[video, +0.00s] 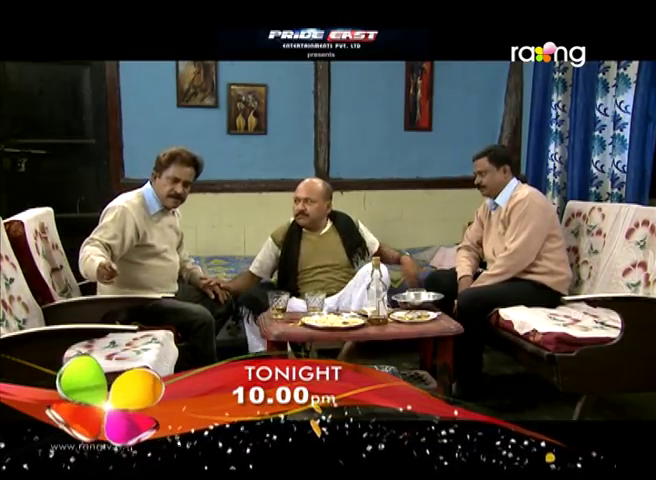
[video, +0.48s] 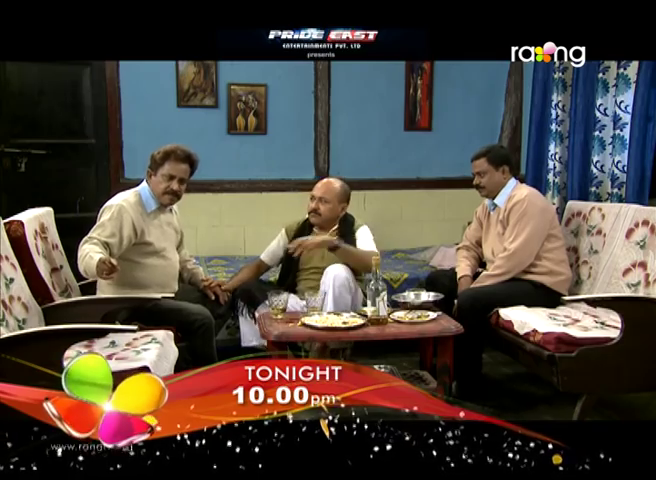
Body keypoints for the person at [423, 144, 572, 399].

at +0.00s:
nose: (477, 181)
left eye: (482, 174)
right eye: (475, 176)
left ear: (505, 171)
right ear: (500, 173)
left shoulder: (530, 201)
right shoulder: (489, 206)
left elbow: (515, 259)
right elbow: (469, 246)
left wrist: (472, 291)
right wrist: (464, 279)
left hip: (541, 285)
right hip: (505, 277)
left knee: (468, 303)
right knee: (437, 281)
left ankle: (467, 385)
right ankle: (437, 369)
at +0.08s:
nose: (477, 181)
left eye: (482, 174)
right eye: (475, 176)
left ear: (505, 171)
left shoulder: (529, 201)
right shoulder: (488, 206)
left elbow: (515, 259)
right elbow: (469, 246)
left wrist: (473, 291)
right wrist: (464, 279)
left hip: (541, 285)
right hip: (505, 277)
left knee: (468, 303)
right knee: (437, 281)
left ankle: (467, 385)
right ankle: (436, 369)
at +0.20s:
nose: (476, 182)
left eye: (481, 174)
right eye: (475, 176)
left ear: (504, 172)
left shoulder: (529, 201)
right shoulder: (487, 207)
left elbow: (516, 258)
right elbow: (469, 246)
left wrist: (474, 289)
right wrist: (464, 278)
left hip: (542, 285)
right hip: (505, 278)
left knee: (469, 302)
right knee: (438, 280)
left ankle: (466, 384)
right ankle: (438, 367)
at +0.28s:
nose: (476, 182)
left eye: (481, 175)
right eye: (474, 177)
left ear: (504, 172)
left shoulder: (529, 201)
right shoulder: (487, 207)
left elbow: (516, 258)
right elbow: (468, 246)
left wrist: (473, 290)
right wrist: (464, 279)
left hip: (542, 285)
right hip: (504, 277)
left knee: (469, 302)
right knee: (438, 280)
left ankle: (466, 384)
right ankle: (437, 366)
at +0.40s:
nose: (475, 182)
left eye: (481, 175)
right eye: (474, 176)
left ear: (504, 172)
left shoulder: (529, 201)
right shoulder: (486, 207)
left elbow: (516, 258)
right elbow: (468, 246)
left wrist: (473, 290)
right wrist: (464, 279)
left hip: (541, 285)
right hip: (503, 277)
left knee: (469, 302)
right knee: (438, 280)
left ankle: (467, 384)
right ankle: (436, 366)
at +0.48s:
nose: (475, 182)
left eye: (481, 175)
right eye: (474, 176)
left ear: (504, 172)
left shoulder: (529, 201)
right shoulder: (487, 206)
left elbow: (515, 258)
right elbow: (469, 246)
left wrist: (473, 290)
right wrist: (464, 279)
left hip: (541, 285)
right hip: (504, 277)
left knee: (469, 302)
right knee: (438, 280)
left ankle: (467, 384)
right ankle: (437, 366)